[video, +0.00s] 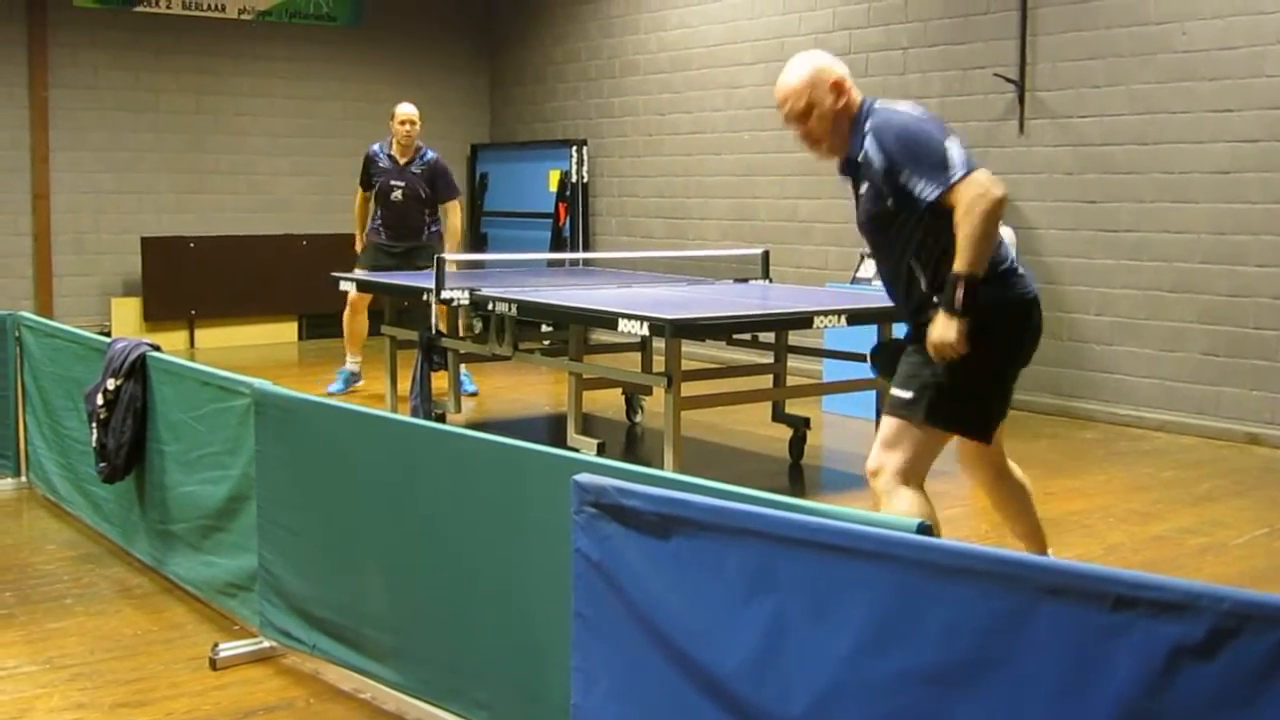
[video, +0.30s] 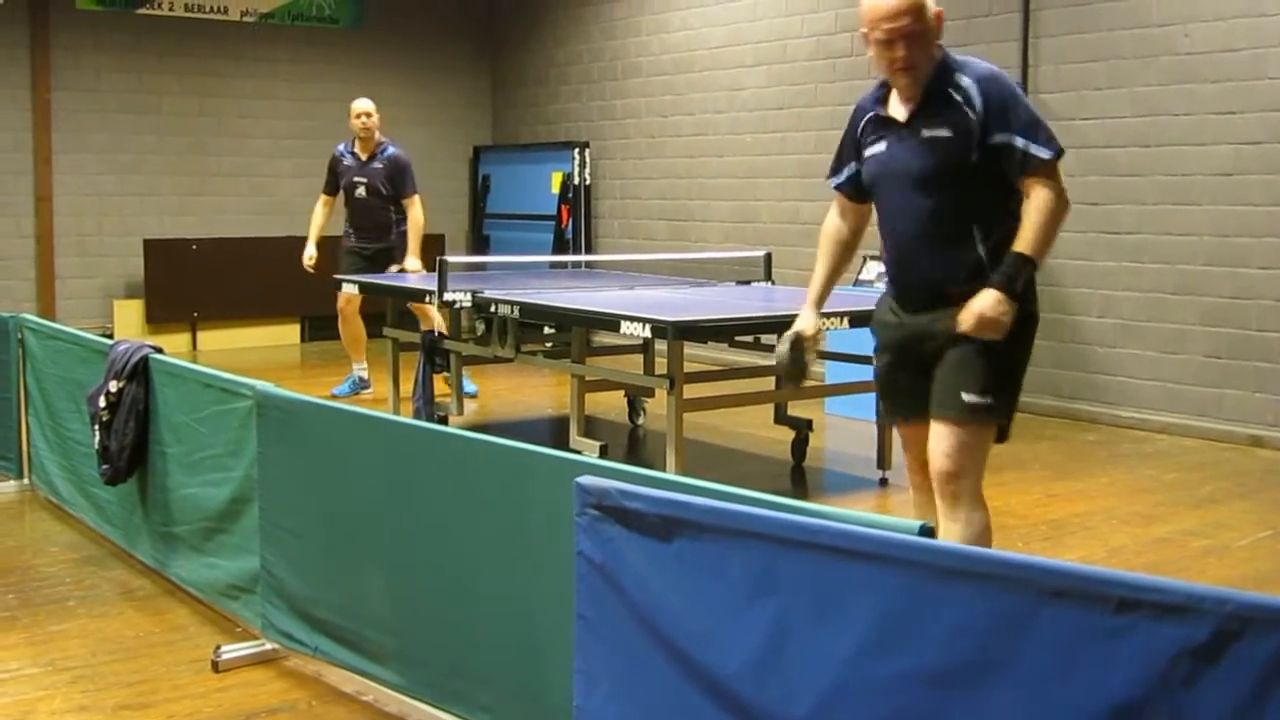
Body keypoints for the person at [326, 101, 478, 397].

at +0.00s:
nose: (408, 129)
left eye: (413, 123)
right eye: (402, 123)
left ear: (420, 128)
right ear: (391, 126)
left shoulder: (432, 163)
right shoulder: (375, 156)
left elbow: (453, 209)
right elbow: (364, 196)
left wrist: (452, 256)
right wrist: (359, 236)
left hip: (423, 246)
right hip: (380, 244)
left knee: (445, 301)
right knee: (355, 299)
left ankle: (455, 367)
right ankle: (352, 368)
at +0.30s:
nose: (364, 120)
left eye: (369, 115)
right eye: (358, 116)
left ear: (378, 119)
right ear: (350, 123)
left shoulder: (395, 159)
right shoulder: (341, 158)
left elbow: (414, 209)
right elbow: (325, 202)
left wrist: (413, 256)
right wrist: (311, 243)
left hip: (394, 247)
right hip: (355, 246)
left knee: (422, 305)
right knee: (346, 305)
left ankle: (452, 369)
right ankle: (360, 376)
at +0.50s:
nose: (350, 112)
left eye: (354, 106)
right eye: (343, 108)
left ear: (363, 111)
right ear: (336, 116)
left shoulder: (382, 152)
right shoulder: (327, 152)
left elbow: (400, 200)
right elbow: (310, 196)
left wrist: (385, 226)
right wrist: (299, 235)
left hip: (380, 235)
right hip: (342, 238)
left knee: (390, 300)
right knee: (345, 304)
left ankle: (411, 370)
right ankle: (361, 376)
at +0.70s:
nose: (343, 109)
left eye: (348, 103)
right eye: (337, 105)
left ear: (358, 110)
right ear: (329, 114)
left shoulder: (376, 151)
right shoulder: (320, 152)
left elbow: (399, 197)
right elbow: (304, 199)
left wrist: (381, 218)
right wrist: (299, 240)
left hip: (371, 239)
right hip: (335, 242)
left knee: (366, 301)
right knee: (344, 306)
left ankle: (365, 377)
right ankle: (357, 374)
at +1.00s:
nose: (347, 111)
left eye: (352, 106)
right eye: (341, 107)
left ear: (361, 113)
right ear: (332, 115)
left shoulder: (375, 156)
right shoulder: (319, 151)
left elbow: (391, 207)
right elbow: (303, 198)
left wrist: (381, 251)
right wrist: (298, 240)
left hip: (360, 244)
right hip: (325, 244)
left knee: (353, 311)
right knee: (336, 316)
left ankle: (343, 387)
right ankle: (362, 372)